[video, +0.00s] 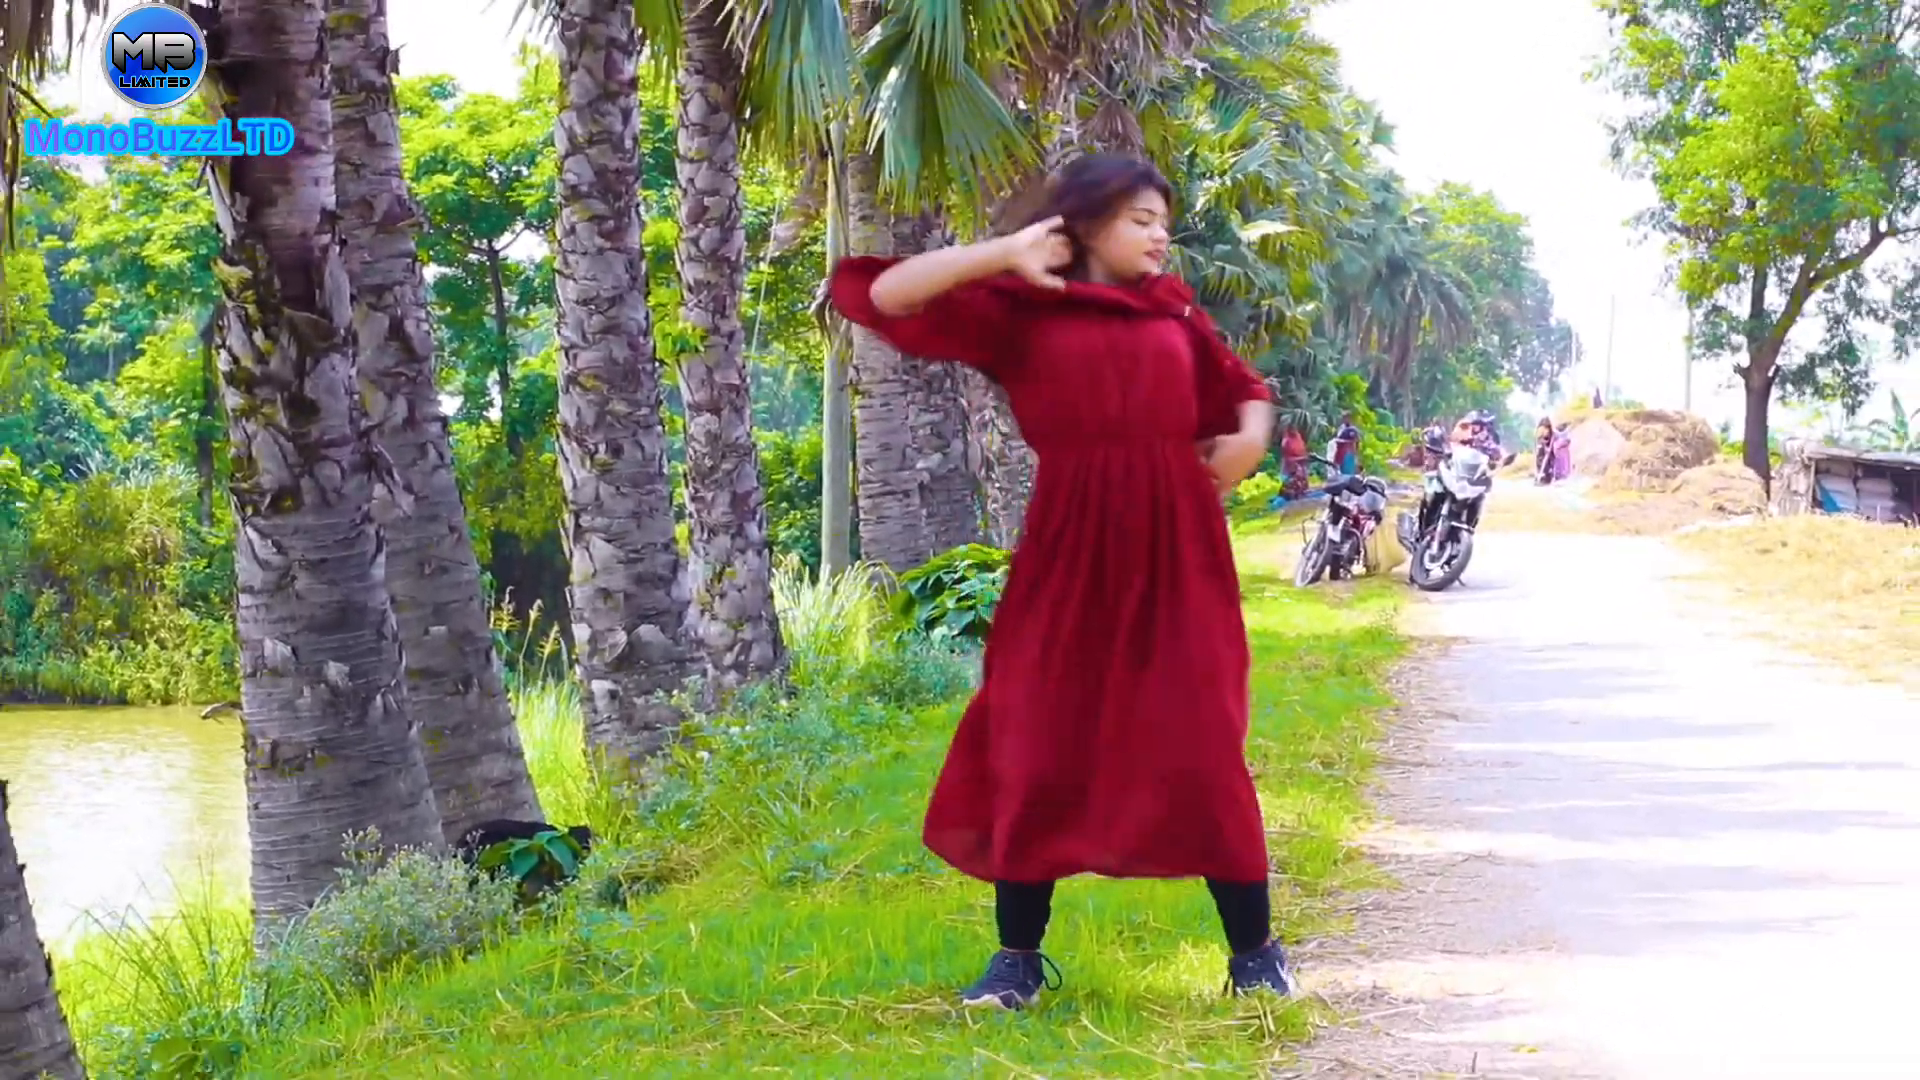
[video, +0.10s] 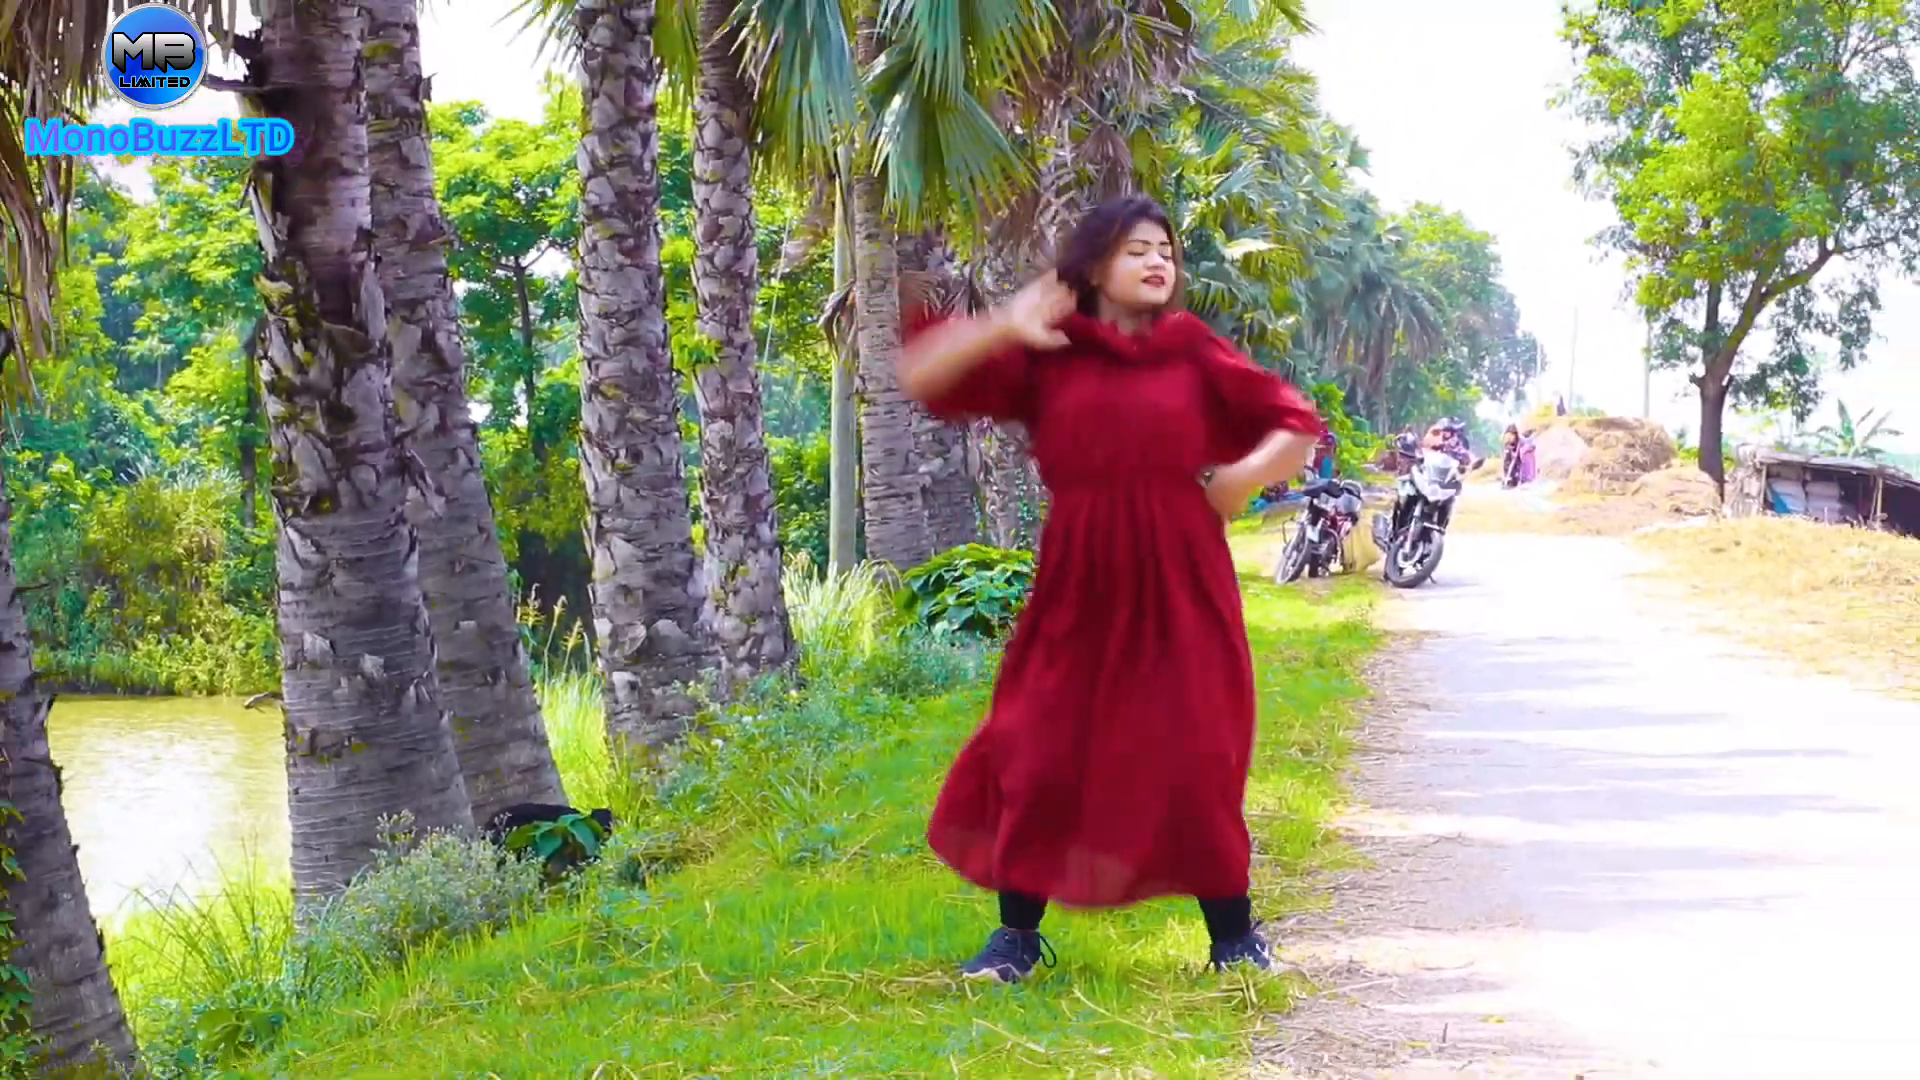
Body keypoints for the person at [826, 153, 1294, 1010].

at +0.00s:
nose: (1161, 237)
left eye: (1165, 224)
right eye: (1142, 220)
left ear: (1164, 234)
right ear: (1080, 229)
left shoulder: (1177, 316)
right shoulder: (1022, 313)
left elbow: (1248, 388)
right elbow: (882, 295)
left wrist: (1249, 439)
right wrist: (1001, 251)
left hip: (1180, 551)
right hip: (1069, 553)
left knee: (1210, 751)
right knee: (1033, 750)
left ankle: (1255, 957)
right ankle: (1017, 960)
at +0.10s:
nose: (1159, 262)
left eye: (1166, 251)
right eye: (1139, 250)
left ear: (1175, 268)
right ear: (1092, 266)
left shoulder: (1191, 348)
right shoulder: (1045, 354)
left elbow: (1300, 425)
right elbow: (919, 373)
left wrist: (1244, 479)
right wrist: (1006, 324)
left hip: (1183, 580)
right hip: (1077, 582)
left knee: (1201, 758)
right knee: (1032, 750)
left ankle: (1234, 944)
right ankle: (1016, 939)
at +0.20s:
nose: (1143, 239)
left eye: (1163, 228)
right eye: (1128, 232)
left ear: (1201, 253)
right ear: (1109, 261)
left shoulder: (1236, 337)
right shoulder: (1084, 359)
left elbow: (1335, 406)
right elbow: (992, 480)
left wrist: (1213, 442)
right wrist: (1051, 416)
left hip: (1208, 564)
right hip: (1103, 562)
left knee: (1221, 759)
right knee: (1052, 753)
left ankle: (1251, 966)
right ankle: (1022, 958)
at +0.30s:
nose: (1143, 217)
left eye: (1162, 202)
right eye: (1141, 204)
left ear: (1214, 215)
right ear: (1141, 226)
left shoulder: (1264, 298)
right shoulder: (1125, 329)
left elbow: (1306, 352)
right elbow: (1075, 441)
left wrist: (1213, 318)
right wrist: (1057, 514)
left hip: (1232, 560)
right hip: (1128, 553)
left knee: (1234, 753)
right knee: (1041, 737)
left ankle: (1256, 971)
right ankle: (1033, 948)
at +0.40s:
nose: (1133, 213)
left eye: (1151, 199)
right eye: (1136, 198)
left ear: (1200, 211)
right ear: (1152, 213)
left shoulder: (1244, 288)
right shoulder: (1132, 311)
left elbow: (1322, 295)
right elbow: (1099, 430)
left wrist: (1227, 229)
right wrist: (1089, 510)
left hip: (1219, 537)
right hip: (1125, 536)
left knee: (1226, 731)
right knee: (1066, 719)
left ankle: (1244, 944)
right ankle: (1039, 919)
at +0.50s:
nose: (1141, 213)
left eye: (1159, 199)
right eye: (1144, 199)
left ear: (1210, 210)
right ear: (1164, 215)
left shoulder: (1249, 296)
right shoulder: (1144, 305)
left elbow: (1333, 276)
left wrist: (1232, 228)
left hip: (1225, 539)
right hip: (1134, 537)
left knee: (1231, 734)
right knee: (1100, 726)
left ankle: (1249, 957)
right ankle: (1055, 937)